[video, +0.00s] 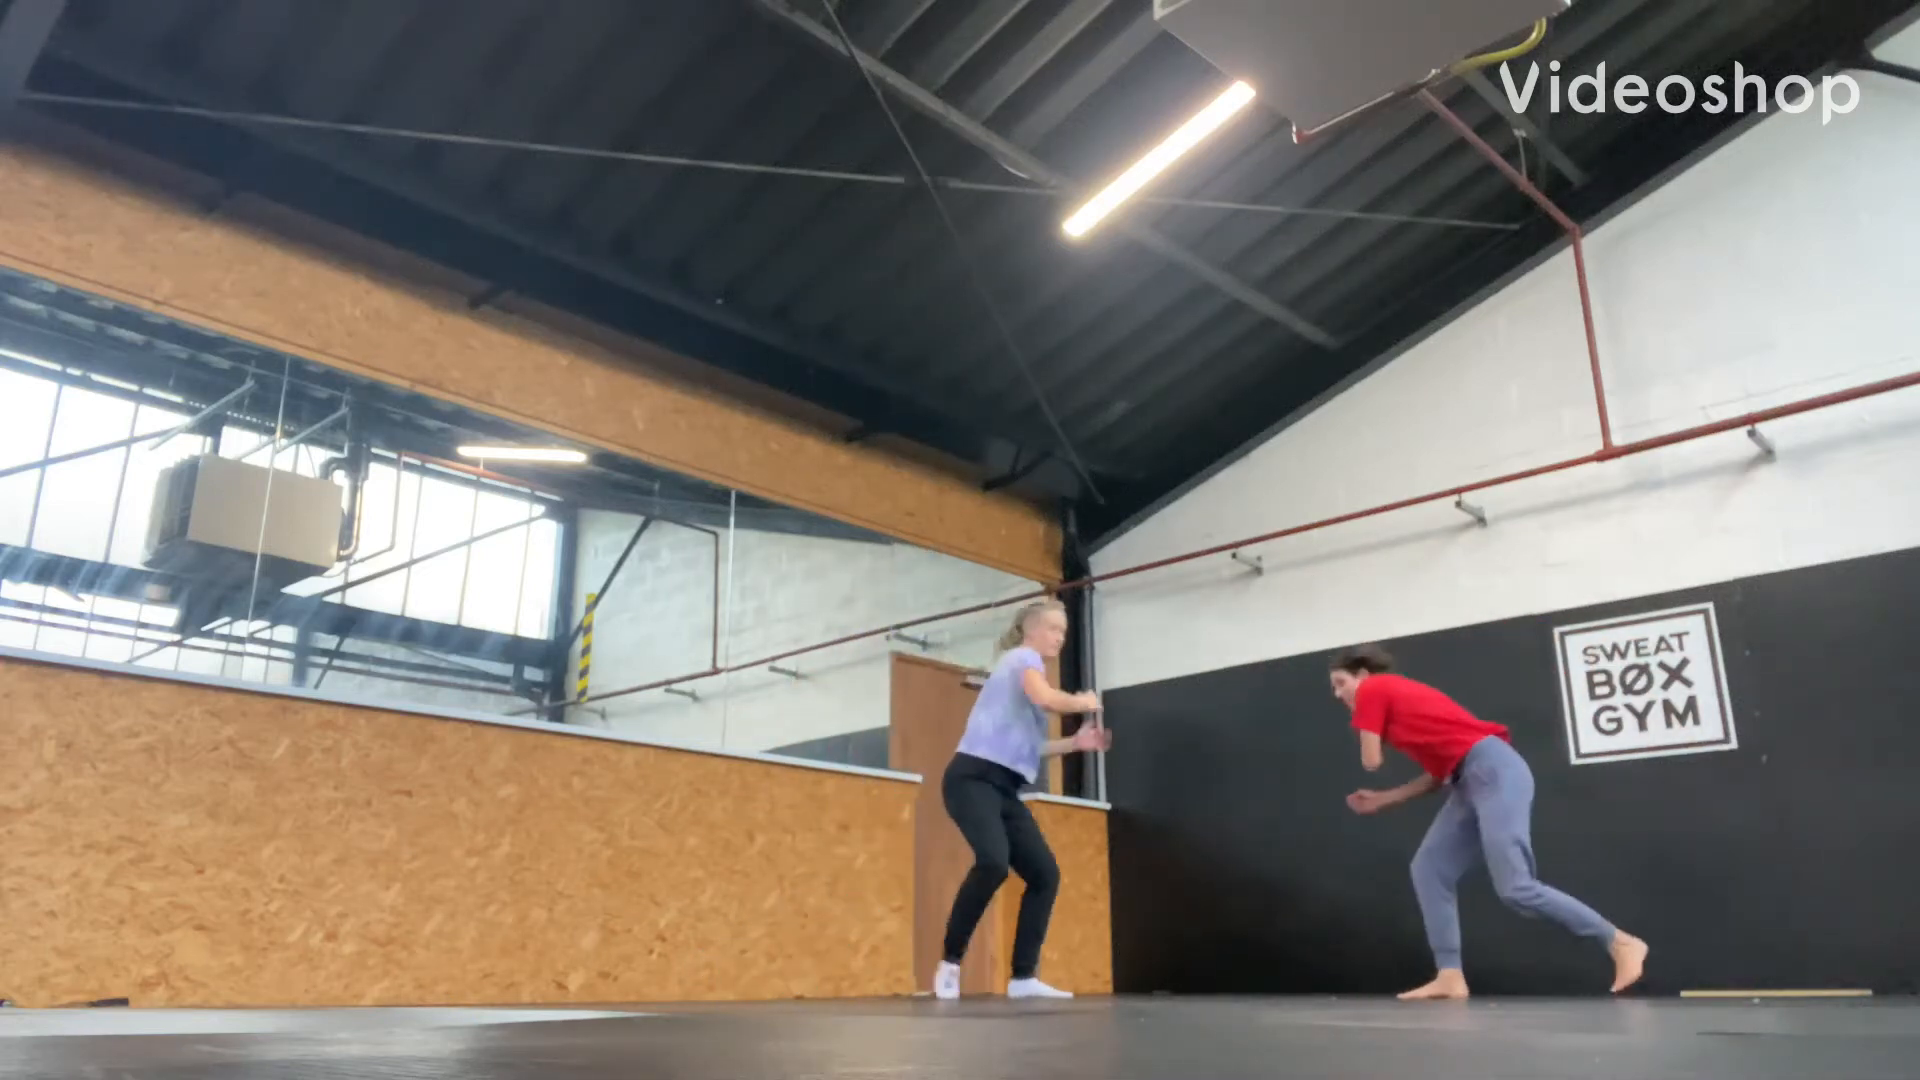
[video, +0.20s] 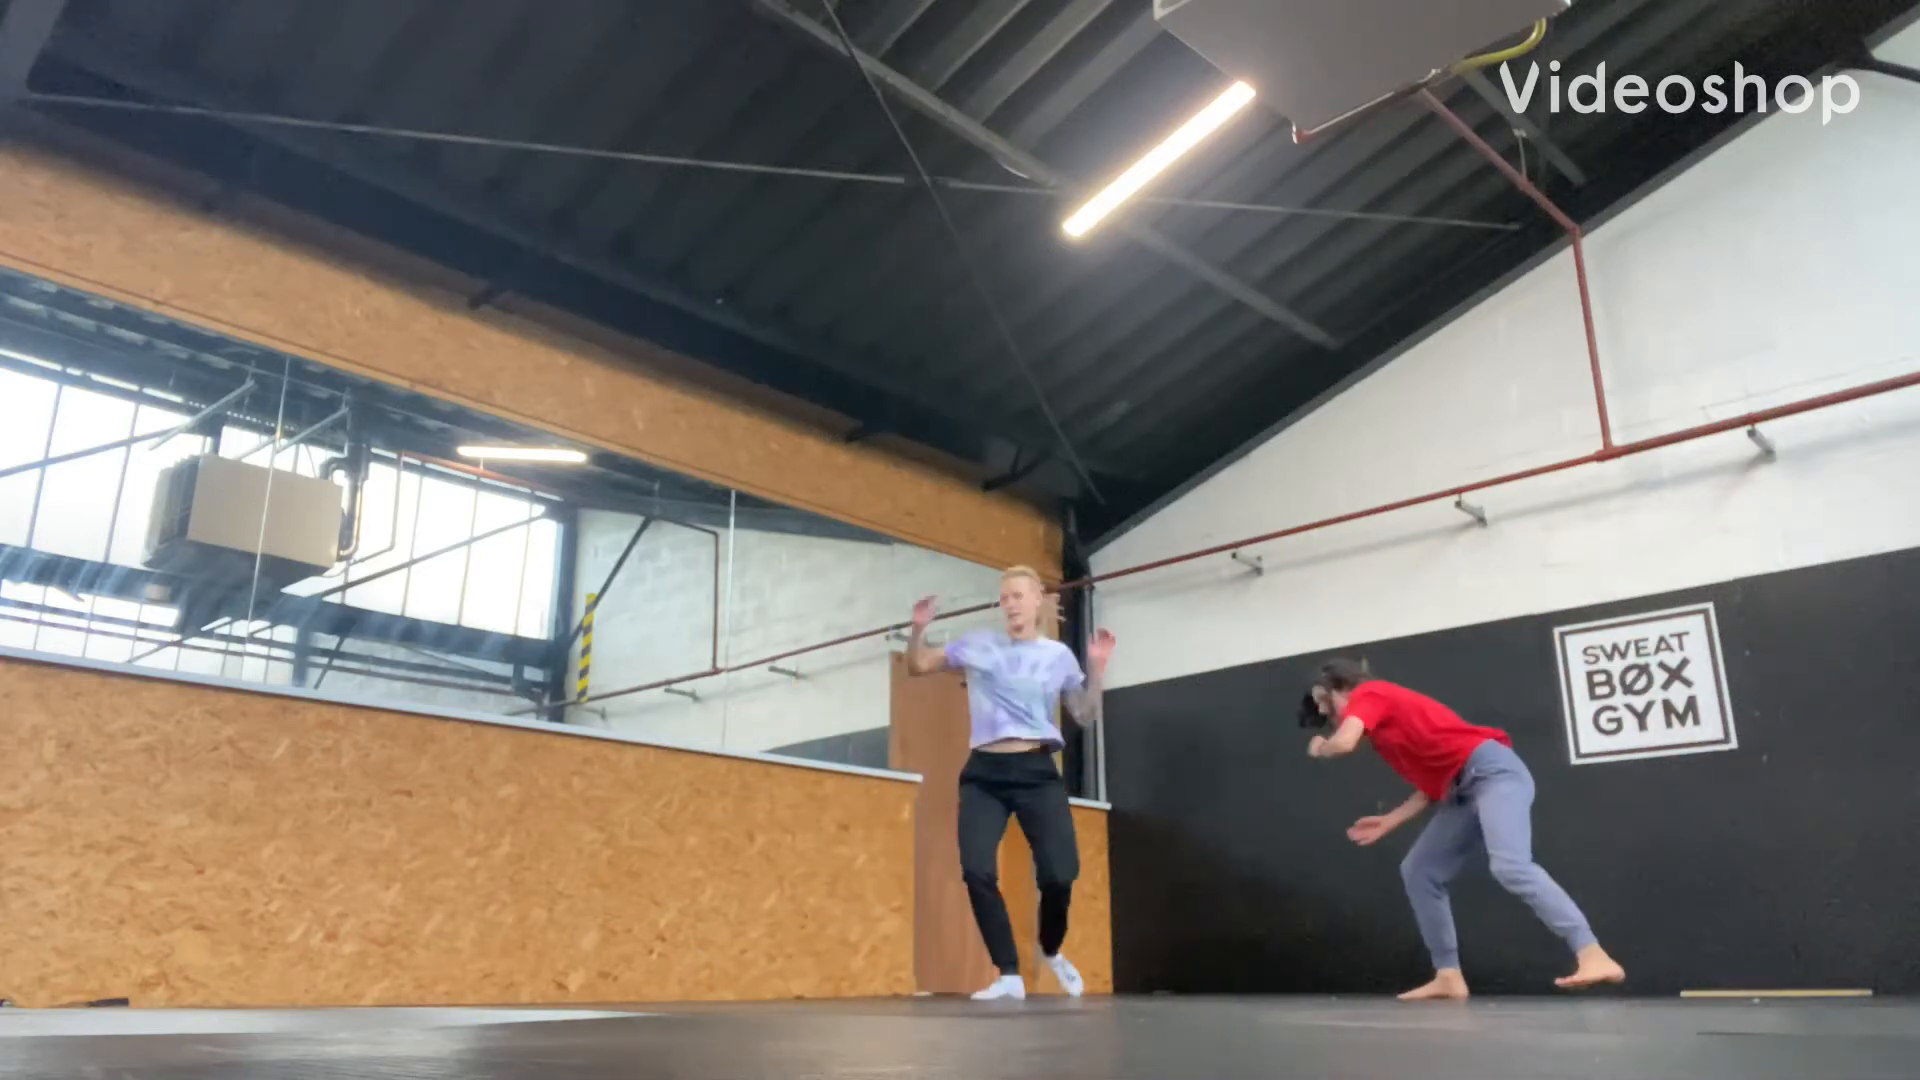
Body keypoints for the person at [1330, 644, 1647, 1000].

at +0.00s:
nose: (1336, 693)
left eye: (1339, 683)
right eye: (1333, 685)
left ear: (1360, 674)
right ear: (1366, 677)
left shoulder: (1372, 688)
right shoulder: (1400, 697)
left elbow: (1371, 761)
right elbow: (1439, 773)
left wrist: (1365, 725)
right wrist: (1383, 798)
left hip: (1492, 767)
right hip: (1468, 785)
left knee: (1515, 887)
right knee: (1429, 868)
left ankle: (1622, 944)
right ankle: (1450, 977)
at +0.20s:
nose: (1330, 716)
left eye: (1326, 705)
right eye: (1324, 711)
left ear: (1339, 688)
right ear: (1347, 692)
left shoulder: (1369, 694)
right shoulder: (1384, 724)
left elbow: (1345, 742)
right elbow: (1432, 788)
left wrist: (1321, 747)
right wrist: (1387, 821)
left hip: (1491, 769)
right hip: (1461, 795)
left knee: (1510, 865)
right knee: (1419, 870)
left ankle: (1594, 957)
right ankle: (1449, 978)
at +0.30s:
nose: (1330, 725)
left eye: (1330, 714)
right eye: (1326, 721)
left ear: (1343, 698)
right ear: (1339, 711)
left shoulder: (1387, 699)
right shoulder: (1385, 736)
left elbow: (1337, 695)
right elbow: (1439, 795)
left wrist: (1299, 712)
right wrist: (1388, 825)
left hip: (1501, 782)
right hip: (1466, 805)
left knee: (1504, 878)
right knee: (1412, 868)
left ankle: (1599, 971)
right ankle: (1444, 974)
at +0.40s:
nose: (1324, 732)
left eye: (1322, 720)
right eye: (1319, 727)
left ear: (1342, 706)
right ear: (1335, 722)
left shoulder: (1381, 715)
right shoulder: (1389, 756)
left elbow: (1372, 673)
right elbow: (1424, 813)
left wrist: (1306, 672)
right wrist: (1351, 812)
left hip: (1499, 795)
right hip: (1467, 818)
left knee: (1496, 893)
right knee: (1404, 874)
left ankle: (1604, 978)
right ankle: (1443, 978)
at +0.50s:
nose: (1297, 720)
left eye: (1297, 710)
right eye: (1293, 714)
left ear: (1316, 700)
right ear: (1312, 710)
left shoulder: (1360, 702)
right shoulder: (1343, 745)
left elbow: (1399, 687)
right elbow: (1328, 796)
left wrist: (1412, 668)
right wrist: (1289, 751)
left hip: (1469, 785)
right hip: (1439, 809)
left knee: (1496, 889)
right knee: (1383, 881)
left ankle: (1598, 969)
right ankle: (1439, 978)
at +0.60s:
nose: (1286, 702)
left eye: (1292, 694)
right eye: (1284, 694)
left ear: (1314, 688)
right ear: (1285, 691)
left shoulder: (1357, 687)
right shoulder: (1295, 712)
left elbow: (1436, 685)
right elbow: (1261, 747)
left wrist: (1481, 706)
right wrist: (1258, 697)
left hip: (1430, 775)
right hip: (1391, 799)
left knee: (1434, 865)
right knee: (1362, 894)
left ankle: (1532, 952)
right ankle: (1438, 977)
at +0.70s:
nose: (1296, 695)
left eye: (1304, 690)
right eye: (1296, 688)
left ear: (1322, 683)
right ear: (1291, 682)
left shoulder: (1358, 682)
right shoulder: (1280, 693)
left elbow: (1429, 696)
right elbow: (1246, 730)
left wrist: (1475, 742)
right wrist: (1266, 679)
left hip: (1388, 774)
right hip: (1338, 790)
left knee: (1363, 847)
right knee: (1325, 882)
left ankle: (1404, 948)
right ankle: (1407, 946)